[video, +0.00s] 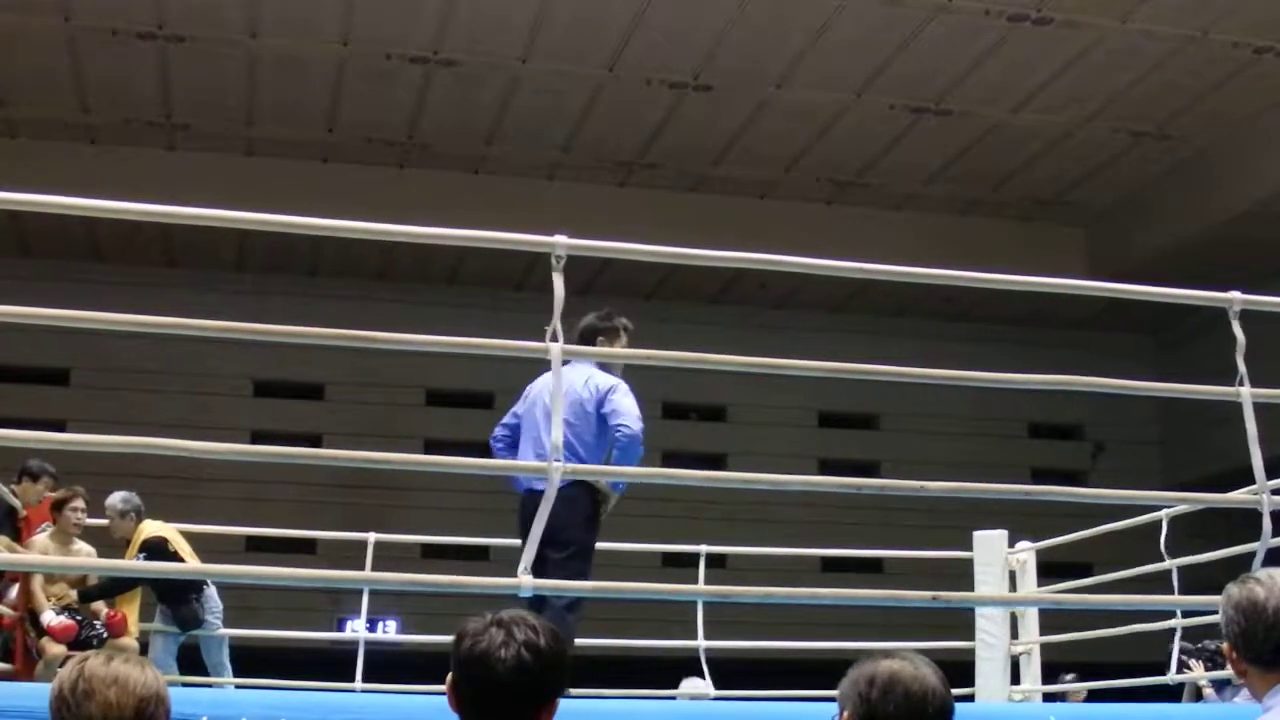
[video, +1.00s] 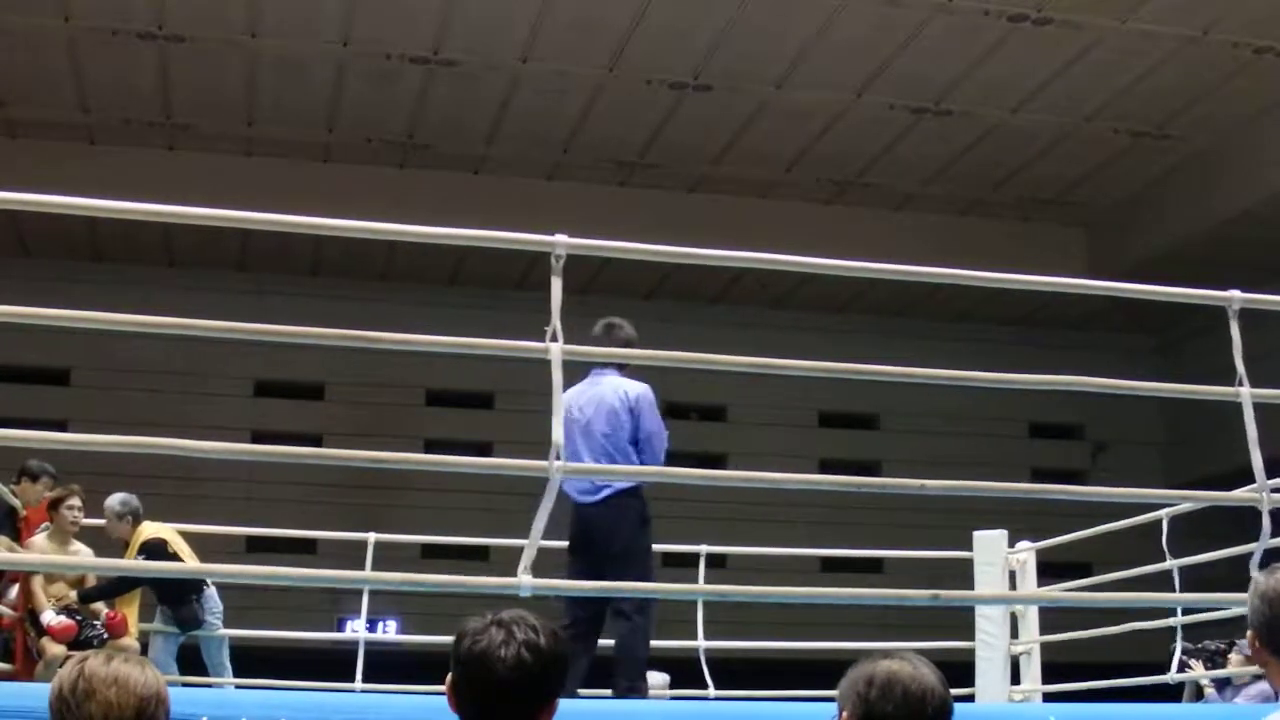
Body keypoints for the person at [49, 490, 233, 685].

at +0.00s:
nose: (108, 524)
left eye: (111, 519)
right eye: (107, 519)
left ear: (131, 519)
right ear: (130, 519)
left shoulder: (155, 541)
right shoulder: (140, 537)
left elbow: (126, 582)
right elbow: (125, 580)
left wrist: (79, 596)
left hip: (201, 600)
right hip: (170, 603)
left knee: (218, 666)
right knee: (160, 661)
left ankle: (231, 714)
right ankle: (174, 711)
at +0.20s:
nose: (107, 524)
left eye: (111, 519)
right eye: (107, 519)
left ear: (131, 520)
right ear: (130, 519)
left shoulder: (154, 542)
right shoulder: (138, 539)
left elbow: (126, 583)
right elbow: (126, 583)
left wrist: (78, 596)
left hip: (201, 601)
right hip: (169, 603)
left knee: (218, 666)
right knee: (160, 660)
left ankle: (231, 713)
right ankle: (174, 709)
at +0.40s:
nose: (107, 525)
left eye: (111, 519)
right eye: (107, 519)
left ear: (130, 520)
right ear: (129, 519)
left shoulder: (154, 542)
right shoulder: (138, 539)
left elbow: (127, 583)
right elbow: (127, 585)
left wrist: (79, 597)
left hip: (201, 601)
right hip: (169, 603)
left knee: (218, 665)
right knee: (160, 660)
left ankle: (230, 713)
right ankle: (174, 710)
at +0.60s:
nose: (107, 525)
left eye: (111, 519)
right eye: (107, 520)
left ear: (130, 520)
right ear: (129, 520)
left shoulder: (153, 542)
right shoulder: (138, 538)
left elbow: (125, 584)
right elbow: (127, 582)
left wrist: (79, 596)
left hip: (201, 600)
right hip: (170, 602)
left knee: (218, 665)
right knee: (160, 660)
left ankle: (229, 712)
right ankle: (173, 710)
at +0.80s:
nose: (106, 525)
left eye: (110, 520)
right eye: (106, 520)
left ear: (128, 520)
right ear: (128, 521)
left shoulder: (154, 542)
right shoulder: (135, 540)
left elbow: (126, 583)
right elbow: (123, 583)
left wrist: (79, 596)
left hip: (202, 601)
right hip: (170, 604)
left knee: (217, 664)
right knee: (160, 660)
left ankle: (230, 711)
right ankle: (176, 709)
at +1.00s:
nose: (105, 525)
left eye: (109, 519)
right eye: (106, 519)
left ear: (127, 521)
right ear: (126, 521)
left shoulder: (153, 542)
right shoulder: (136, 540)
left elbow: (125, 584)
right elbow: (124, 583)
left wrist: (79, 596)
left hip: (201, 600)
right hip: (170, 603)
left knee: (218, 665)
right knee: (160, 660)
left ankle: (229, 712)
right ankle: (177, 709)